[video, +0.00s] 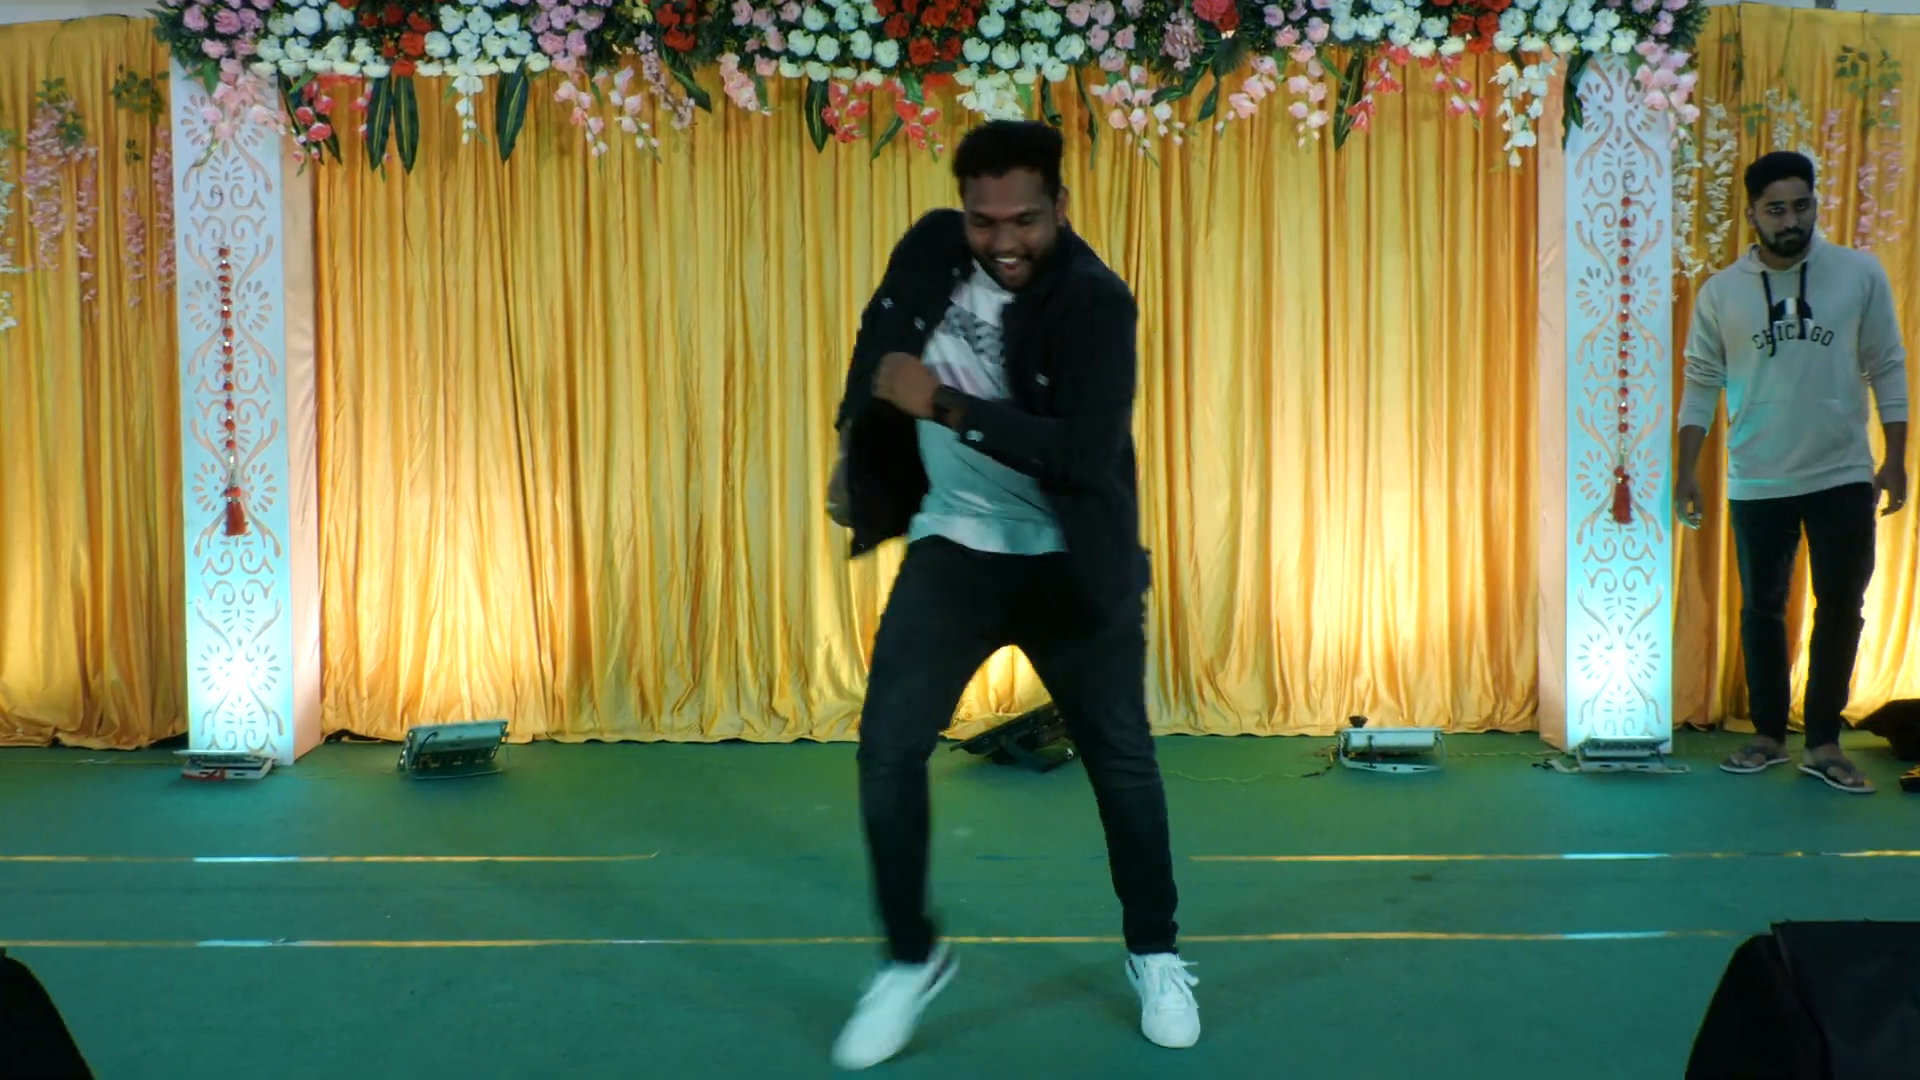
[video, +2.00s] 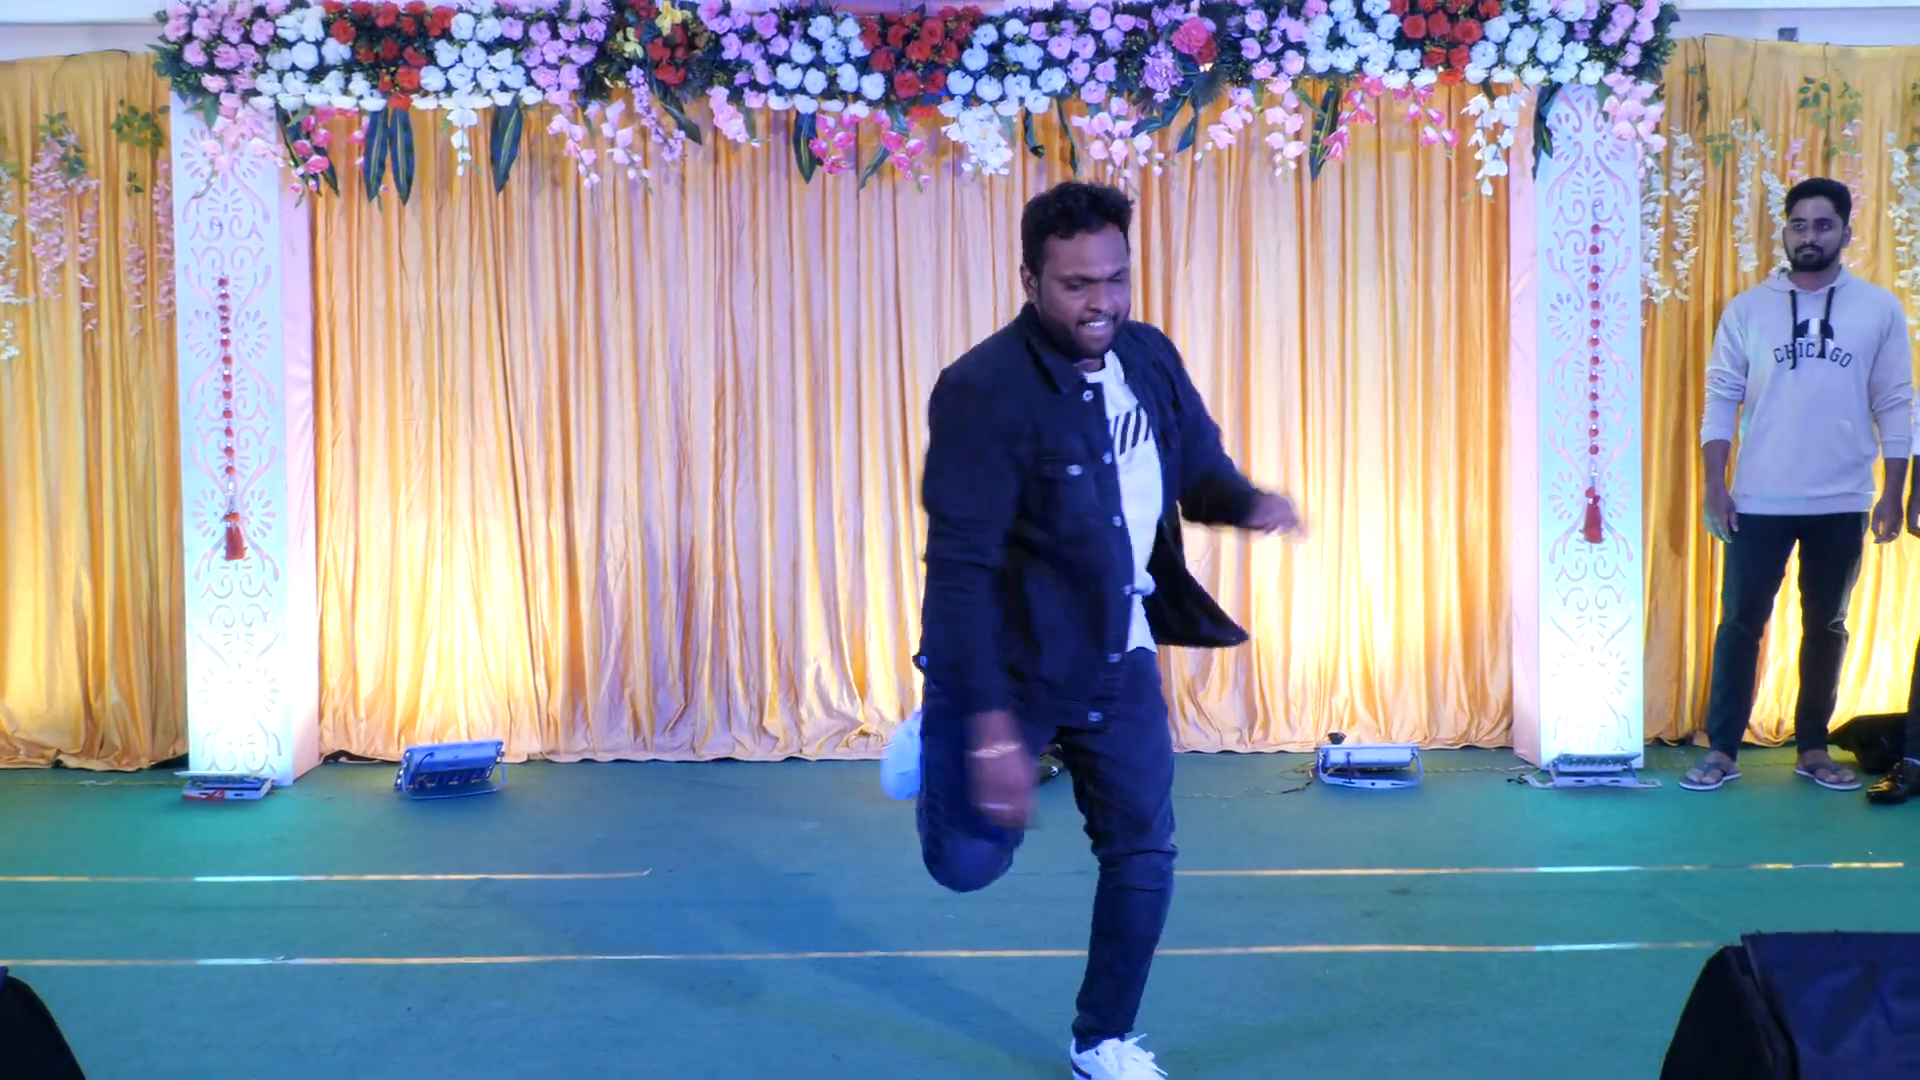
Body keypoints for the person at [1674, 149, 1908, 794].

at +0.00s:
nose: (1790, 217)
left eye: (1800, 205)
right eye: (1776, 207)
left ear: (1815, 206)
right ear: (1752, 213)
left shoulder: (1861, 276)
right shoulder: (1720, 293)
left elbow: (1888, 369)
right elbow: (1700, 383)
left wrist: (1897, 458)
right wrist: (1687, 469)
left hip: (1842, 472)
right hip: (1758, 478)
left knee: (1841, 608)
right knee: (1764, 606)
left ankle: (1824, 743)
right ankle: (1768, 736)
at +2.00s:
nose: (1809, 235)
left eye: (1823, 225)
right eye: (1798, 224)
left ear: (1845, 234)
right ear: (1784, 231)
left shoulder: (1878, 309)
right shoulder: (1747, 309)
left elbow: (1896, 404)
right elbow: (1721, 397)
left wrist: (1894, 490)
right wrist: (1714, 482)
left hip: (1840, 499)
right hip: (1760, 497)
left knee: (1826, 629)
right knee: (1740, 623)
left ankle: (1812, 750)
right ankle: (1722, 751)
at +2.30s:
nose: (1778, 248)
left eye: (1792, 238)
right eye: (1768, 238)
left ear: (1813, 247)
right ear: (1754, 245)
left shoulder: (1846, 320)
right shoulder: (1718, 319)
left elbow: (1861, 410)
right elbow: (1692, 404)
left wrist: (1860, 493)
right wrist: (1681, 484)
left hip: (1807, 503)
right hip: (1729, 500)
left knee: (1794, 629)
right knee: (1709, 624)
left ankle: (1779, 745)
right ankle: (1691, 745)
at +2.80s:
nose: (1739, 269)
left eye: (1750, 260)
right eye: (1728, 259)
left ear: (1763, 268)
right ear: (1707, 266)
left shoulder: (1789, 336)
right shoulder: (1670, 334)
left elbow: (1803, 421)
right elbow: (1645, 413)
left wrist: (1800, 501)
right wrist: (1637, 489)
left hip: (1753, 507)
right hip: (1681, 505)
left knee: (1739, 626)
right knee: (1660, 621)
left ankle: (1726, 734)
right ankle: (1644, 734)